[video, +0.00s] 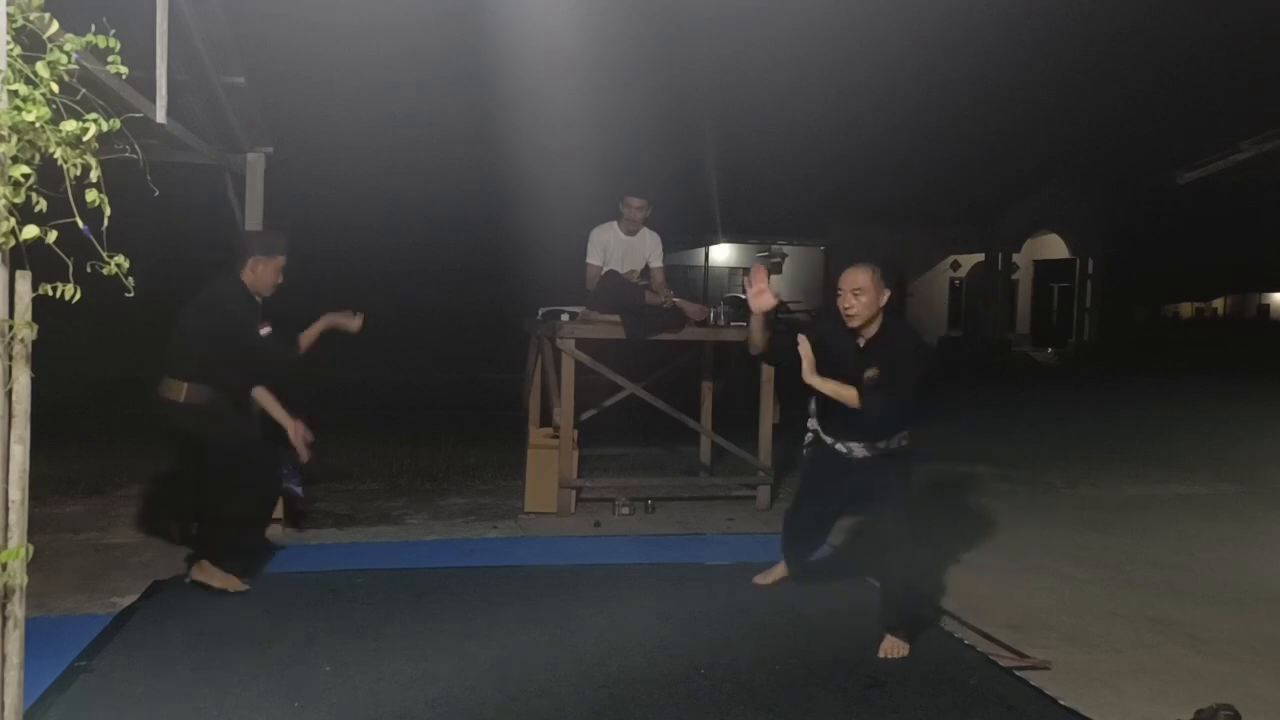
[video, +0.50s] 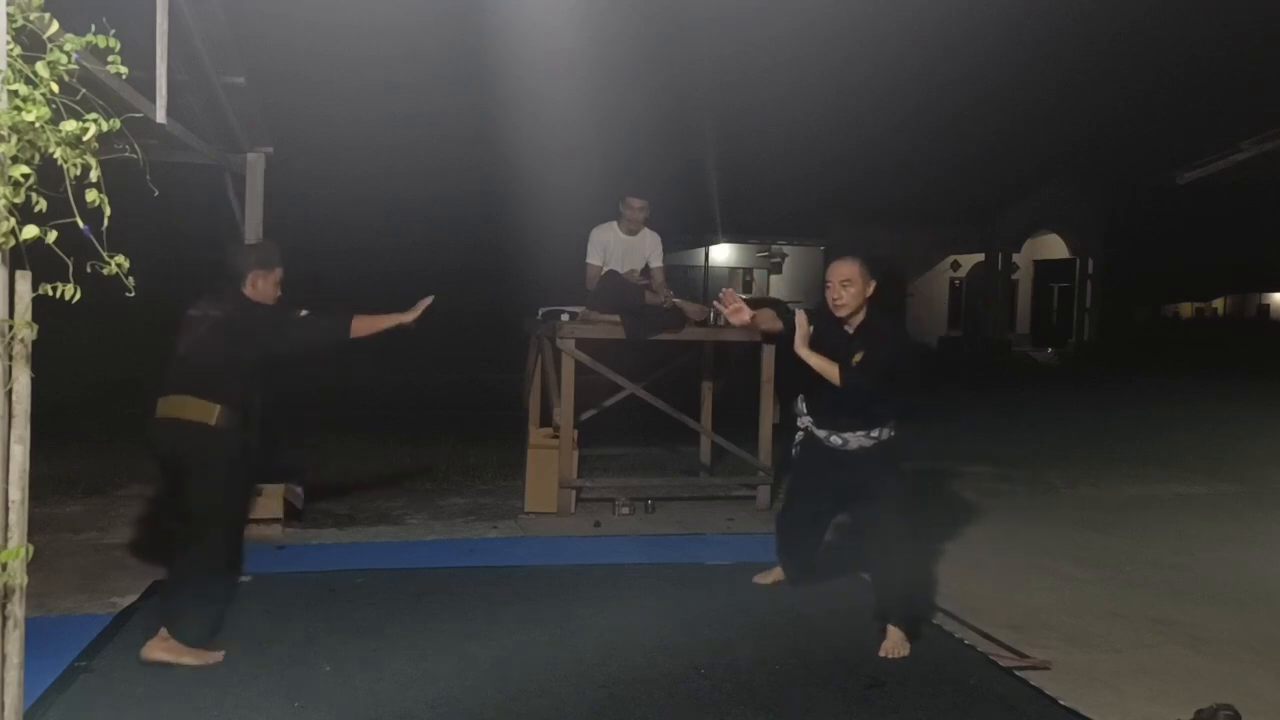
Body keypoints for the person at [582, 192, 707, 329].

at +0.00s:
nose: (633, 214)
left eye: (639, 209)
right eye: (628, 208)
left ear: (648, 212)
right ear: (621, 207)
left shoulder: (652, 239)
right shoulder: (601, 234)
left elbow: (659, 282)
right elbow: (591, 283)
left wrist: (665, 295)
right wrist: (621, 280)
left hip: (636, 300)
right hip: (602, 299)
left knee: (674, 317)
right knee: (610, 278)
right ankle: (680, 305)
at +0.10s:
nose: (632, 214)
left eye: (639, 209)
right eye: (628, 208)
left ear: (648, 212)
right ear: (621, 207)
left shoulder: (652, 240)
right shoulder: (600, 234)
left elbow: (658, 282)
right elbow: (591, 283)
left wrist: (665, 294)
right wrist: (621, 280)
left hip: (636, 299)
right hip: (602, 299)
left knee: (674, 317)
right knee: (610, 278)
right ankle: (680, 305)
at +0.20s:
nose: (632, 215)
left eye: (639, 210)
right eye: (628, 208)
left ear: (648, 212)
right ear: (621, 207)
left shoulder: (652, 240)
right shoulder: (600, 234)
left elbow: (658, 282)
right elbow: (591, 283)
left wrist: (664, 294)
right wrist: (621, 279)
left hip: (636, 299)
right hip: (602, 299)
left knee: (674, 317)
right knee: (610, 278)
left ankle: (606, 316)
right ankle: (679, 305)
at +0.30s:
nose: (632, 215)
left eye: (639, 209)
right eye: (628, 208)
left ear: (648, 212)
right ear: (621, 207)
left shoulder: (652, 240)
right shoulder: (600, 234)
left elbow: (658, 282)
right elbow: (591, 283)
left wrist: (665, 294)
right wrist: (621, 280)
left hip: (636, 299)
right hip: (602, 299)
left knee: (674, 317)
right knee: (610, 278)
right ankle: (679, 306)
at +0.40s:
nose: (632, 214)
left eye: (639, 209)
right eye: (628, 208)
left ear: (648, 212)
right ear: (621, 207)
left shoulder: (652, 239)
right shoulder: (600, 234)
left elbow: (658, 282)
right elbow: (591, 283)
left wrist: (664, 293)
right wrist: (621, 280)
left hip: (635, 300)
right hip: (602, 299)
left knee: (675, 317)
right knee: (610, 278)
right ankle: (680, 306)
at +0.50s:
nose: (635, 215)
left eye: (641, 210)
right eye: (630, 209)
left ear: (647, 213)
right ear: (621, 208)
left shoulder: (653, 239)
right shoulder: (601, 234)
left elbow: (659, 282)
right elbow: (591, 283)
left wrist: (664, 293)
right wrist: (622, 280)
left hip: (636, 300)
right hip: (603, 299)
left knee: (674, 317)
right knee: (611, 279)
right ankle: (679, 306)